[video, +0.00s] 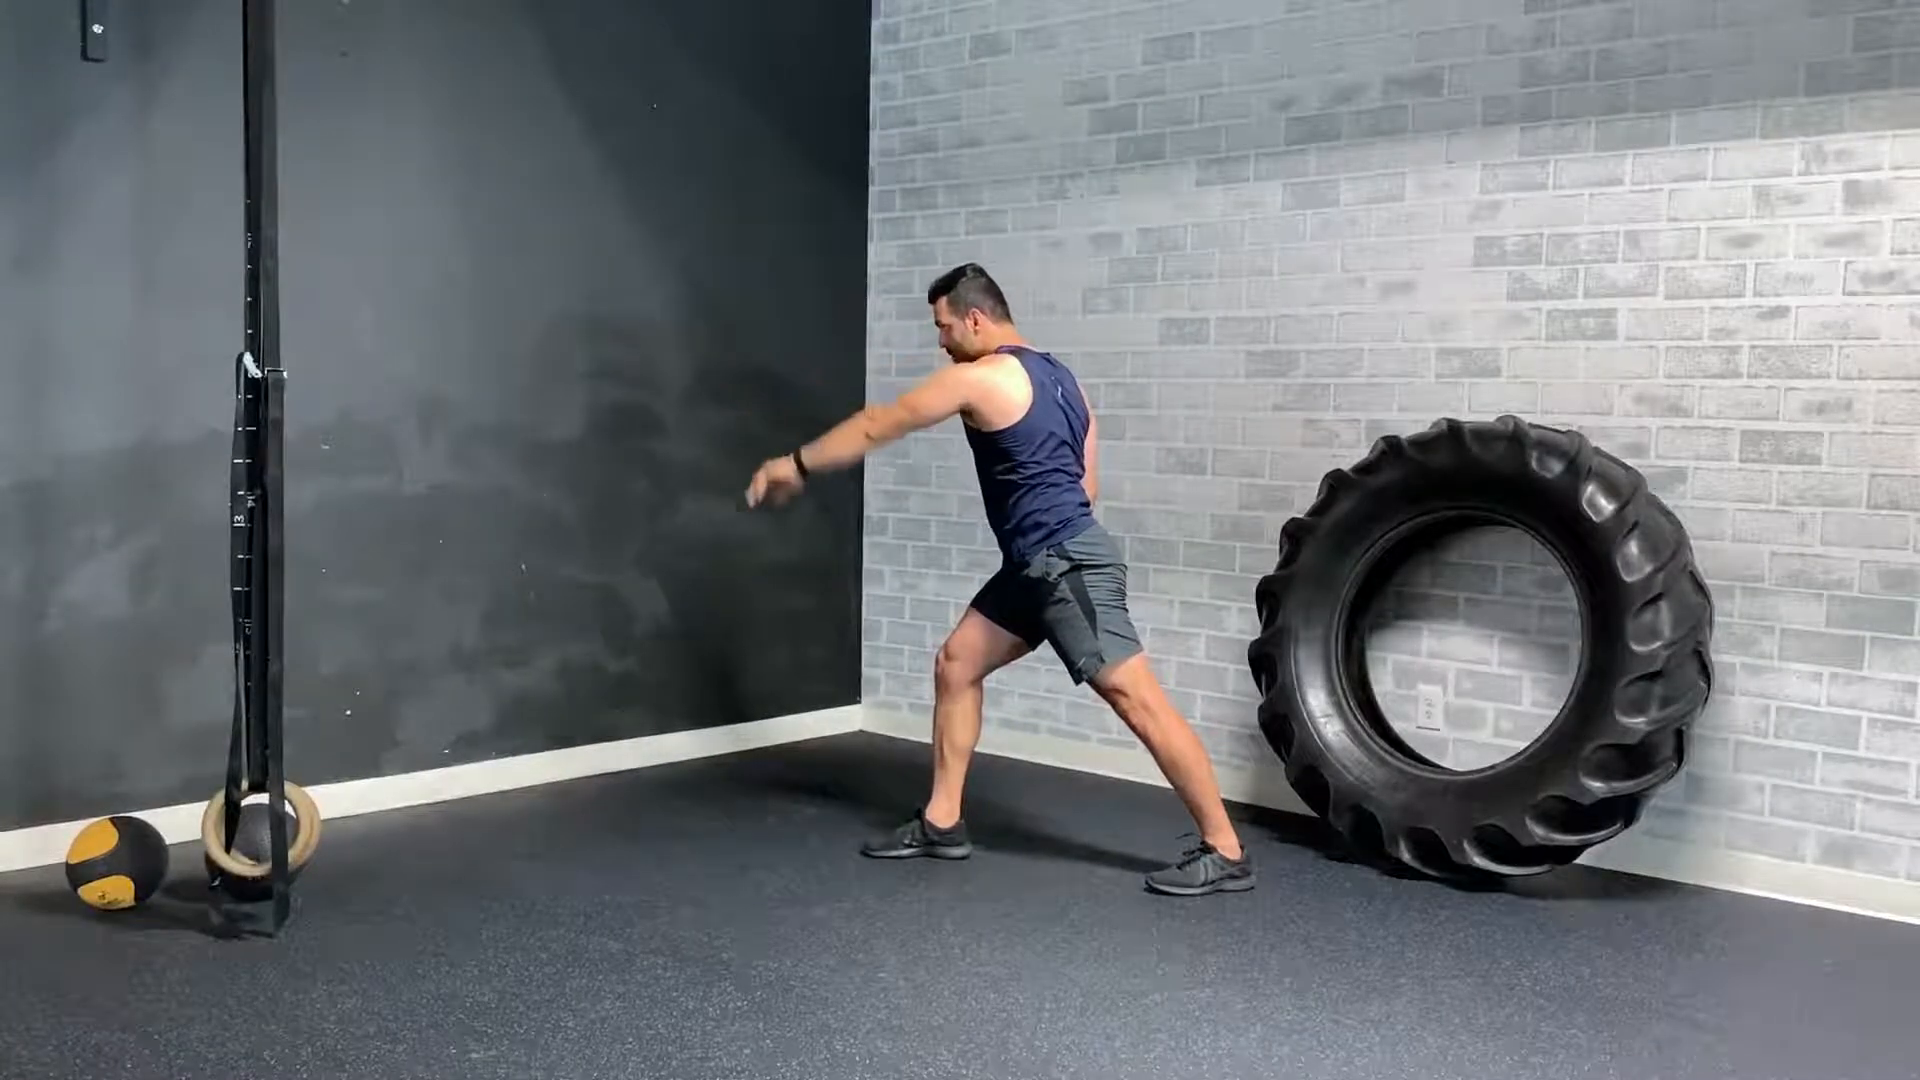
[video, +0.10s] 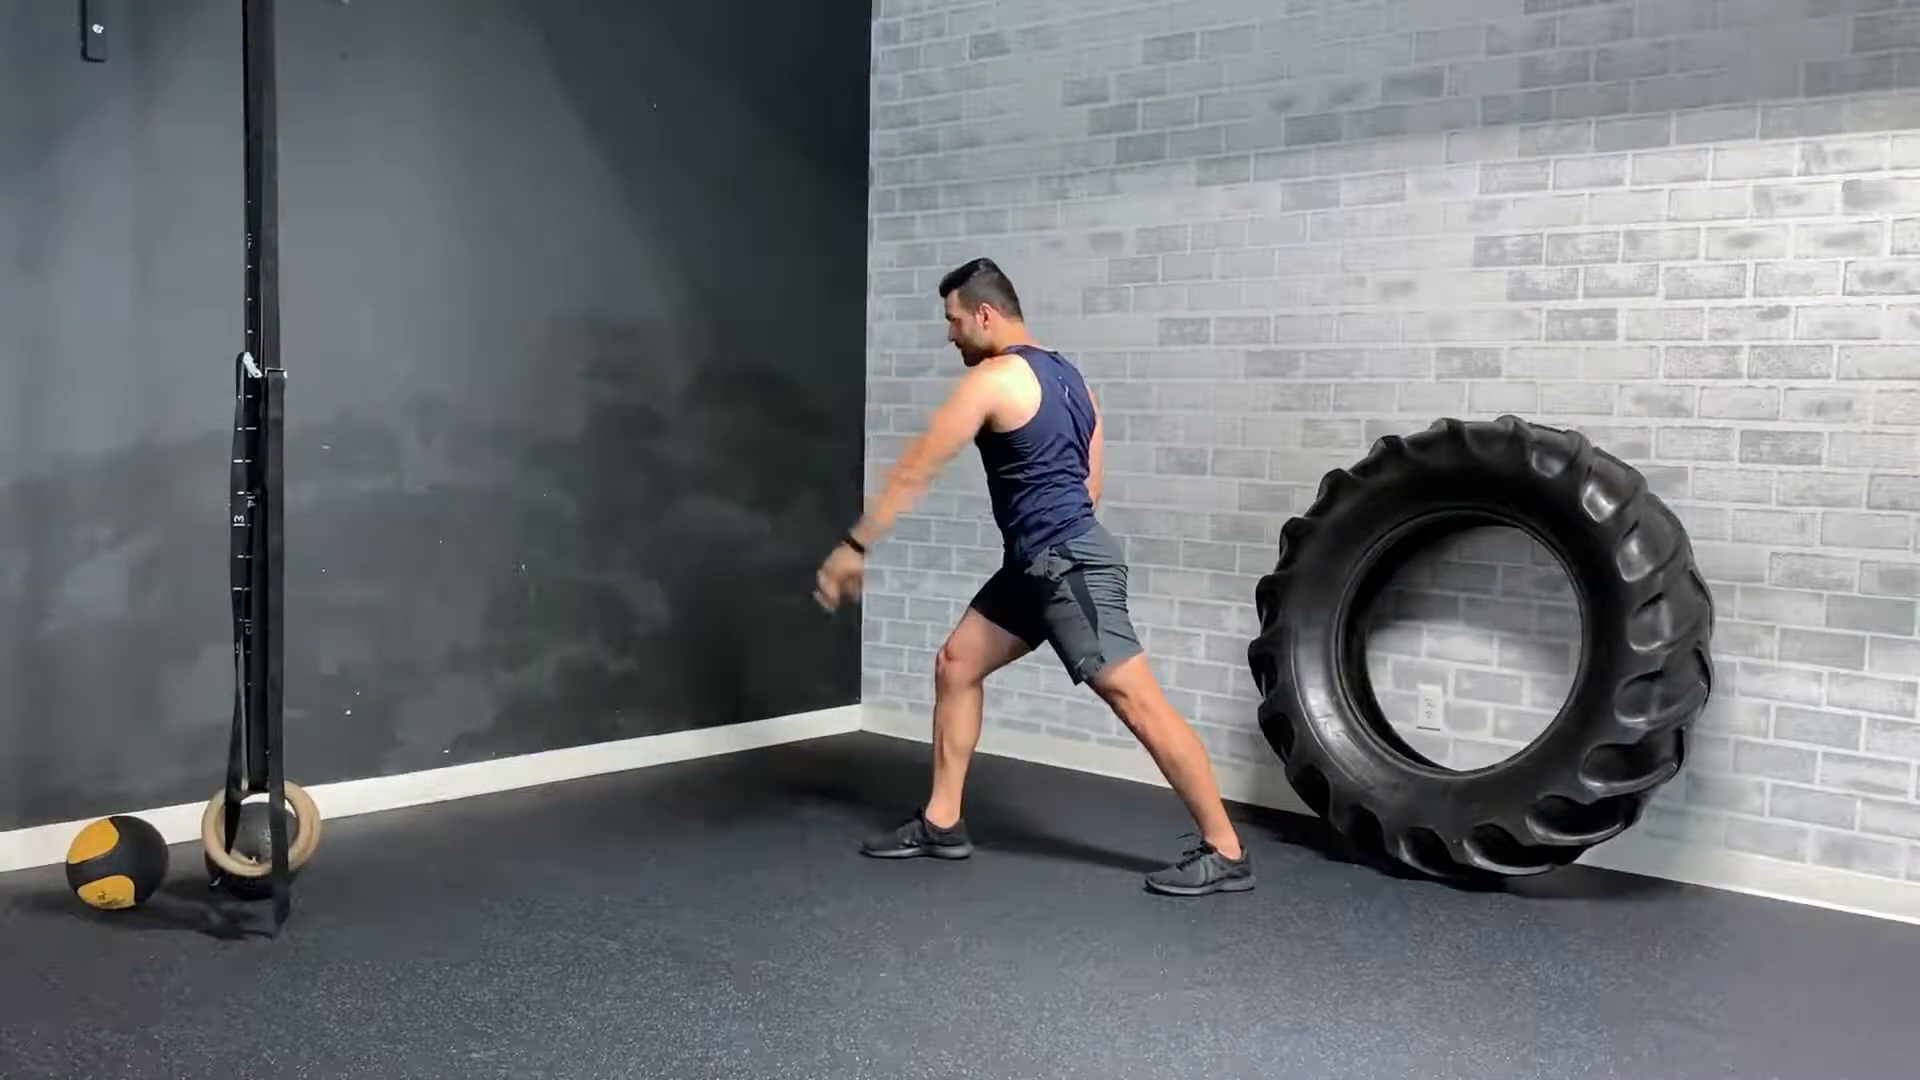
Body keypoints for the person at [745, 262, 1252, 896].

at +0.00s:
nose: (941, 342)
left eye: (943, 327)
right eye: (939, 330)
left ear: (973, 317)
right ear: (992, 315)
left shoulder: (975, 376)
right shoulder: (1060, 378)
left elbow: (877, 426)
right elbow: (1084, 489)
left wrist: (798, 463)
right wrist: (1044, 549)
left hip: (1067, 561)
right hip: (1049, 564)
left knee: (1139, 701)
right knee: (958, 662)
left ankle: (1225, 849)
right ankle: (942, 822)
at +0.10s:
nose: (950, 334)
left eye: (953, 319)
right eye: (948, 321)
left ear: (985, 313)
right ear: (1003, 313)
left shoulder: (992, 379)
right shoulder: (1070, 378)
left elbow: (914, 471)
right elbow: (1087, 490)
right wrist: (1051, 550)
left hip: (1069, 564)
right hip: (1045, 565)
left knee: (1139, 704)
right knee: (959, 662)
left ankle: (1225, 848)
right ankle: (942, 825)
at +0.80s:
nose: (962, 321)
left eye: (966, 307)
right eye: (959, 309)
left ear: (1001, 302)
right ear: (1008, 303)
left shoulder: (1040, 380)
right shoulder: (1037, 370)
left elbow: (1054, 489)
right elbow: (1041, 490)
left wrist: (1019, 583)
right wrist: (1002, 560)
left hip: (1080, 557)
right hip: (1046, 558)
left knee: (1150, 696)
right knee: (955, 669)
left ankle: (1226, 849)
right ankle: (942, 826)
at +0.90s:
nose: (941, 324)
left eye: (946, 310)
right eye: (939, 312)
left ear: (982, 306)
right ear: (987, 308)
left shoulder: (1012, 384)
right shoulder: (1023, 372)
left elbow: (1020, 497)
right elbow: (1032, 495)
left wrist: (981, 585)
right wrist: (1003, 574)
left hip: (1059, 560)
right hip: (1029, 564)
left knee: (1134, 699)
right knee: (936, 666)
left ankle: (1222, 845)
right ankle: (942, 826)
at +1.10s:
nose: (886, 305)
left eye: (891, 292)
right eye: (884, 293)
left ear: (926, 288)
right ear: (935, 290)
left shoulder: (939, 363)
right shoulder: (976, 349)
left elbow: (940, 473)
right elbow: (981, 466)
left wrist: (913, 562)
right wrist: (937, 558)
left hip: (984, 547)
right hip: (968, 546)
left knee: (1020, 699)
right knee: (902, 674)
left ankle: (1162, 807)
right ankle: (940, 825)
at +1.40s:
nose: (799, 281)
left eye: (805, 268)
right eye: (797, 269)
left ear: (845, 262)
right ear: (845, 265)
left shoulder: (873, 336)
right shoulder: (885, 326)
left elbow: (879, 446)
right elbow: (887, 446)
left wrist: (828, 529)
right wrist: (851, 525)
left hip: (886, 526)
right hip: (898, 523)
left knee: (822, 664)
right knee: (903, 671)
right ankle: (941, 820)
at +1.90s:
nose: (592, 267)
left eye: (596, 251)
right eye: (588, 253)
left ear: (633, 242)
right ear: (638, 244)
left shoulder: (659, 323)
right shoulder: (687, 310)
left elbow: (658, 447)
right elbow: (671, 442)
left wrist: (638, 545)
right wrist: (635, 530)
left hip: (679, 516)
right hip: (685, 510)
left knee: (645, 673)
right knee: (623, 660)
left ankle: (656, 848)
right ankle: (726, 775)